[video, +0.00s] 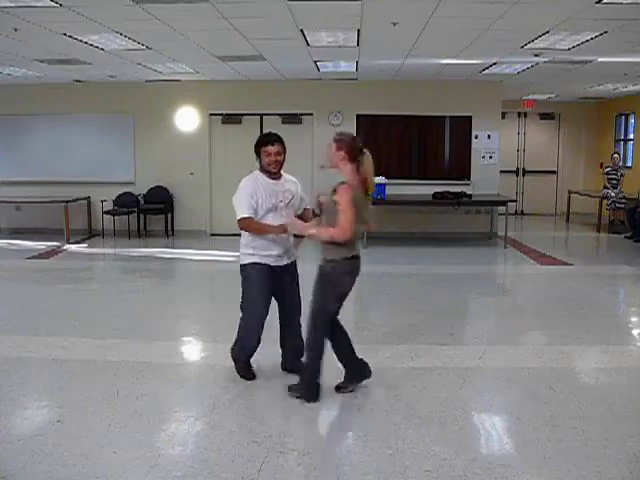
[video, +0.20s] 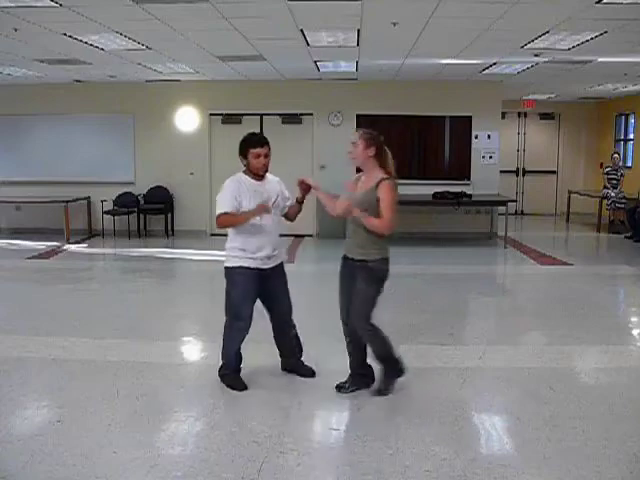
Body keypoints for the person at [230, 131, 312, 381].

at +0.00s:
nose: (274, 159)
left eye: (278, 154)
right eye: (268, 154)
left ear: (284, 155)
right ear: (259, 156)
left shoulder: (292, 183)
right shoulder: (249, 184)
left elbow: (302, 213)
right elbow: (244, 222)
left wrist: (311, 217)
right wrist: (273, 230)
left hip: (285, 260)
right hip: (256, 261)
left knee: (291, 313)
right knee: (255, 313)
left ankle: (292, 359)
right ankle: (241, 356)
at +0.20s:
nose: (263, 161)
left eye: (266, 156)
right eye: (257, 156)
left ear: (270, 156)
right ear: (245, 158)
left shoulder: (275, 184)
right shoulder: (234, 184)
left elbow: (290, 215)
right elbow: (222, 221)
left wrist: (301, 198)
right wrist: (253, 213)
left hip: (271, 262)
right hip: (241, 263)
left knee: (283, 315)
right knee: (239, 319)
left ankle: (291, 361)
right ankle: (229, 370)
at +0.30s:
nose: (255, 162)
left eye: (258, 156)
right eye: (249, 157)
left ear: (262, 157)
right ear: (236, 159)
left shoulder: (267, 183)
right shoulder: (226, 183)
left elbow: (281, 216)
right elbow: (210, 213)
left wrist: (293, 206)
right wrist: (237, 199)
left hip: (262, 262)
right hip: (232, 263)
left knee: (273, 316)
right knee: (232, 322)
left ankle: (289, 360)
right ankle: (229, 371)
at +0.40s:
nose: (248, 162)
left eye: (250, 156)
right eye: (241, 157)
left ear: (254, 156)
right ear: (229, 159)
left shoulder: (262, 184)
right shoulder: (218, 183)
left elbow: (276, 216)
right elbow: (198, 210)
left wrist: (294, 218)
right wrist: (220, 192)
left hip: (256, 262)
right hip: (225, 263)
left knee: (268, 315)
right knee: (228, 321)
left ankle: (280, 359)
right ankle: (228, 371)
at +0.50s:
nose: (245, 160)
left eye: (247, 154)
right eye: (238, 156)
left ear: (251, 155)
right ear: (225, 158)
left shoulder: (260, 185)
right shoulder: (212, 183)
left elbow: (277, 215)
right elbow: (190, 207)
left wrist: (302, 219)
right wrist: (213, 192)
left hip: (253, 263)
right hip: (221, 264)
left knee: (263, 313)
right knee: (225, 319)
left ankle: (264, 361)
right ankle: (228, 371)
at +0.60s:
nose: (244, 160)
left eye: (246, 155)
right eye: (237, 156)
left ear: (250, 155)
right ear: (224, 158)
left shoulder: (260, 185)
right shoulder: (211, 183)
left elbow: (281, 214)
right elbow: (186, 212)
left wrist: (310, 215)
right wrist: (210, 193)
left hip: (250, 263)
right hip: (219, 263)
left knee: (253, 314)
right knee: (224, 316)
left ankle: (246, 359)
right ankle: (227, 369)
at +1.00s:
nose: (248, 160)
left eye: (250, 155)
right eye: (242, 156)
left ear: (252, 157)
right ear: (226, 158)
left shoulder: (257, 187)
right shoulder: (212, 187)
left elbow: (275, 216)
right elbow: (197, 225)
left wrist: (306, 220)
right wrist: (225, 231)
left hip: (250, 266)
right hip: (221, 268)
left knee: (256, 314)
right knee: (225, 321)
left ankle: (244, 358)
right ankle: (223, 375)